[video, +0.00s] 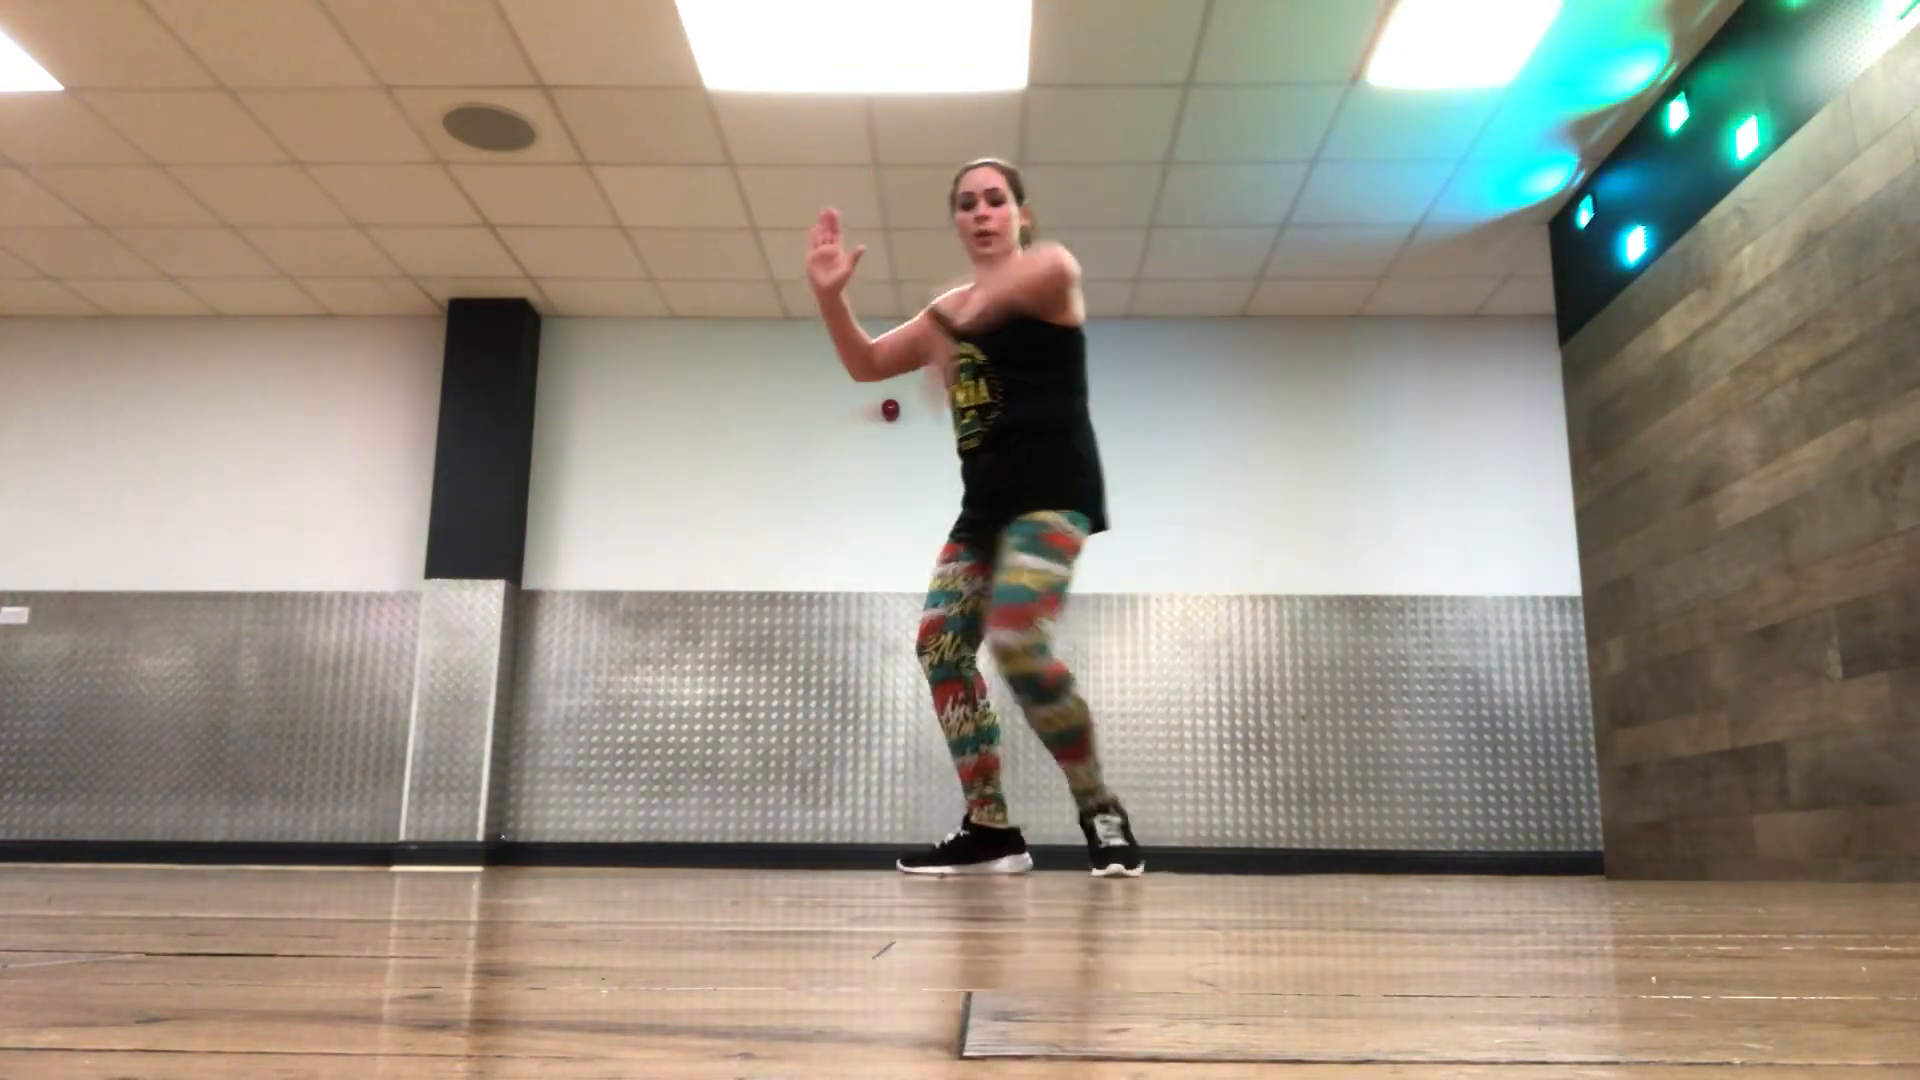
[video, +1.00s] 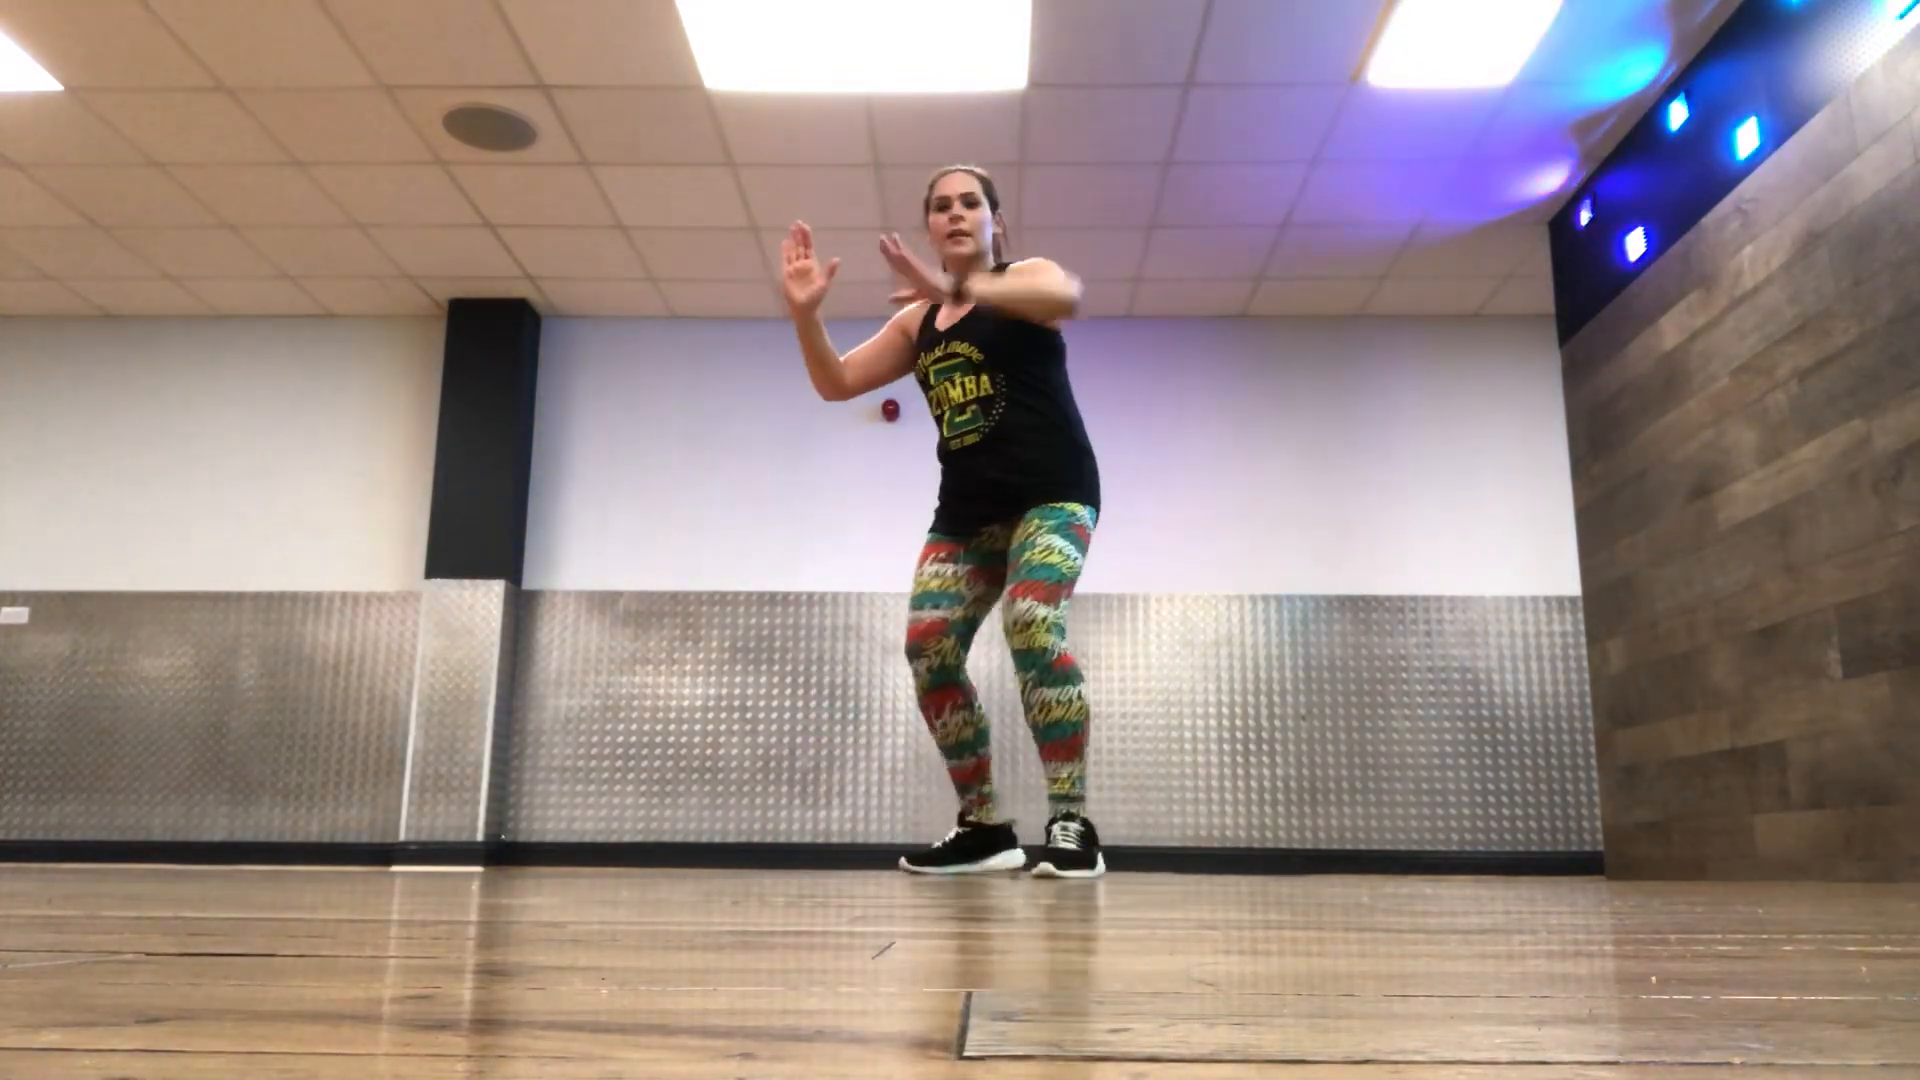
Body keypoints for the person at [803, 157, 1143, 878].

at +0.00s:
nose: (981, 211)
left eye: (995, 199)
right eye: (968, 204)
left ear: (1022, 214)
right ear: (954, 223)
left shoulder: (1050, 266)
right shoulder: (949, 307)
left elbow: (1000, 295)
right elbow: (867, 362)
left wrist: (954, 316)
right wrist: (830, 296)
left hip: (1053, 494)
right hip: (985, 505)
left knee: (1016, 640)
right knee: (943, 646)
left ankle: (1099, 812)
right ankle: (990, 829)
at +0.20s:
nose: (949, 214)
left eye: (963, 201)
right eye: (935, 207)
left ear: (994, 219)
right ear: (925, 226)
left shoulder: (1021, 277)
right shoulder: (932, 312)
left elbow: (961, 266)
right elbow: (852, 370)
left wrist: (854, 235)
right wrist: (808, 302)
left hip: (1034, 479)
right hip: (979, 494)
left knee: (955, 602)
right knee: (931, 643)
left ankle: (1021, 788)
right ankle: (988, 825)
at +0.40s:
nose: (936, 220)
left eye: (951, 207)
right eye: (924, 213)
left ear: (982, 223)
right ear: (913, 234)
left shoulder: (1005, 280)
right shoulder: (923, 321)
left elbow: (951, 322)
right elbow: (843, 377)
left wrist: (827, 327)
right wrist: (800, 312)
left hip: (1022, 493)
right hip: (962, 503)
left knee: (945, 622)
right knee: (914, 644)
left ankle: (956, 821)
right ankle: (988, 824)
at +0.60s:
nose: (935, 212)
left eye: (948, 196)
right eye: (924, 203)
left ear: (975, 218)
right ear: (910, 229)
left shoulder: (996, 288)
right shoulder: (911, 320)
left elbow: (997, 212)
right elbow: (830, 376)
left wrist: (881, 219)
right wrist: (791, 307)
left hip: (1033, 486)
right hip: (962, 501)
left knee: (964, 602)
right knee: (921, 643)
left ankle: (958, 812)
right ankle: (992, 825)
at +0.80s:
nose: (941, 211)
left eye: (955, 199)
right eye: (928, 203)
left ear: (982, 217)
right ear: (916, 228)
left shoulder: (1007, 284)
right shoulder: (911, 320)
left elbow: (1031, 271)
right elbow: (830, 380)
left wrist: (919, 243)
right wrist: (796, 309)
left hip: (1043, 484)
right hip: (963, 503)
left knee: (1006, 597)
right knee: (931, 645)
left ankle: (1049, 803)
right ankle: (987, 823)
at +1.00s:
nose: (955, 213)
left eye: (968, 202)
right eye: (941, 205)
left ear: (995, 221)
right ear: (925, 230)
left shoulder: (1026, 276)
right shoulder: (917, 322)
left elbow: (1064, 299)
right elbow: (835, 381)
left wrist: (953, 288)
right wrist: (805, 313)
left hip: (1053, 494)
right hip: (969, 507)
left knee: (1030, 625)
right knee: (928, 645)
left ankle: (1069, 823)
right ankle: (983, 825)